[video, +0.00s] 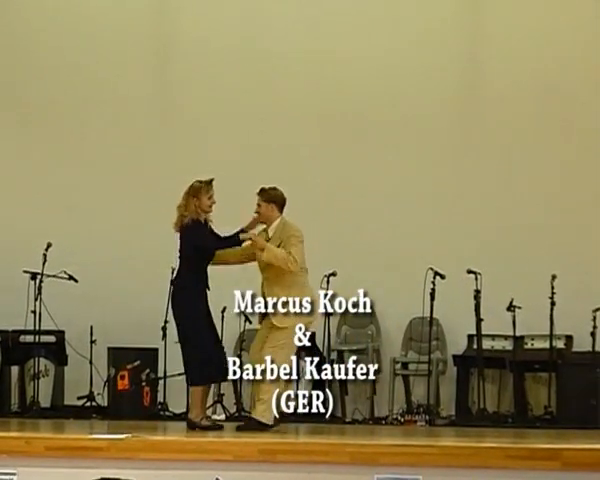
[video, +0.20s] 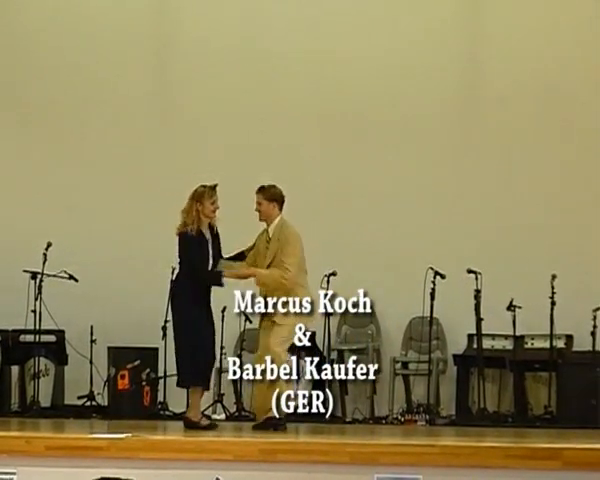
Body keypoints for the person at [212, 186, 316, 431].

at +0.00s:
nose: (256, 210)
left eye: (259, 206)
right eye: (256, 205)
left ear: (273, 208)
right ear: (268, 208)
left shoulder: (291, 232)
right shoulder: (263, 236)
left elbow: (293, 262)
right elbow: (241, 254)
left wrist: (261, 246)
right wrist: (205, 256)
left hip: (295, 311)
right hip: (275, 310)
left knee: (273, 358)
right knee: (257, 357)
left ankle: (265, 415)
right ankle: (260, 412)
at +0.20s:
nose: (256, 208)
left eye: (259, 204)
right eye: (256, 204)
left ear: (274, 206)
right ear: (268, 206)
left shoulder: (289, 235)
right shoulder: (263, 237)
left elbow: (286, 276)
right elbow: (247, 264)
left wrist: (252, 272)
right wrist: (220, 268)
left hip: (292, 308)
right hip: (271, 307)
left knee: (275, 347)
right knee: (263, 358)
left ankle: (281, 410)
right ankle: (263, 414)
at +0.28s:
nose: (257, 203)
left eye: (261, 199)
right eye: (257, 199)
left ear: (276, 201)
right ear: (266, 201)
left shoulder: (285, 228)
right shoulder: (266, 229)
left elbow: (268, 264)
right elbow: (254, 256)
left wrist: (230, 263)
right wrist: (226, 260)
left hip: (295, 305)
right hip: (273, 306)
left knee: (288, 353)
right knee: (268, 357)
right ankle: (270, 413)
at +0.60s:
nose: (252, 212)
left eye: (256, 207)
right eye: (250, 207)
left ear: (270, 208)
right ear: (250, 209)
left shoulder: (285, 236)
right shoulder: (249, 239)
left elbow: (289, 275)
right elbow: (244, 271)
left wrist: (257, 281)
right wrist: (223, 273)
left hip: (289, 310)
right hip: (263, 311)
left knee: (307, 359)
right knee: (261, 364)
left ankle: (328, 408)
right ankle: (261, 417)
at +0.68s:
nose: (256, 205)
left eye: (260, 200)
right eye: (253, 201)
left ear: (272, 201)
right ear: (251, 203)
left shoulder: (289, 230)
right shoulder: (245, 232)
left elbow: (310, 265)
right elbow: (232, 263)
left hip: (290, 304)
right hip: (260, 306)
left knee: (303, 356)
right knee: (260, 362)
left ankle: (318, 404)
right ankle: (261, 415)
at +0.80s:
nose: (262, 198)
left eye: (267, 193)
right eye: (259, 194)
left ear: (278, 195)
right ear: (256, 196)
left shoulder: (294, 221)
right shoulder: (247, 222)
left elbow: (318, 248)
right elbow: (229, 247)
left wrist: (315, 226)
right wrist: (204, 248)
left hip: (288, 295)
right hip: (257, 295)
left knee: (292, 351)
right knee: (257, 354)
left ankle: (294, 408)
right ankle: (258, 412)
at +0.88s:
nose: (267, 202)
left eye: (271, 197)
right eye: (263, 198)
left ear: (280, 198)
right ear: (258, 200)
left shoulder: (295, 222)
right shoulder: (252, 223)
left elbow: (311, 255)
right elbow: (235, 250)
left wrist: (311, 231)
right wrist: (208, 251)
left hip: (285, 294)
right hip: (255, 295)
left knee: (287, 348)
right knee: (253, 348)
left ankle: (276, 400)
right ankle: (249, 404)